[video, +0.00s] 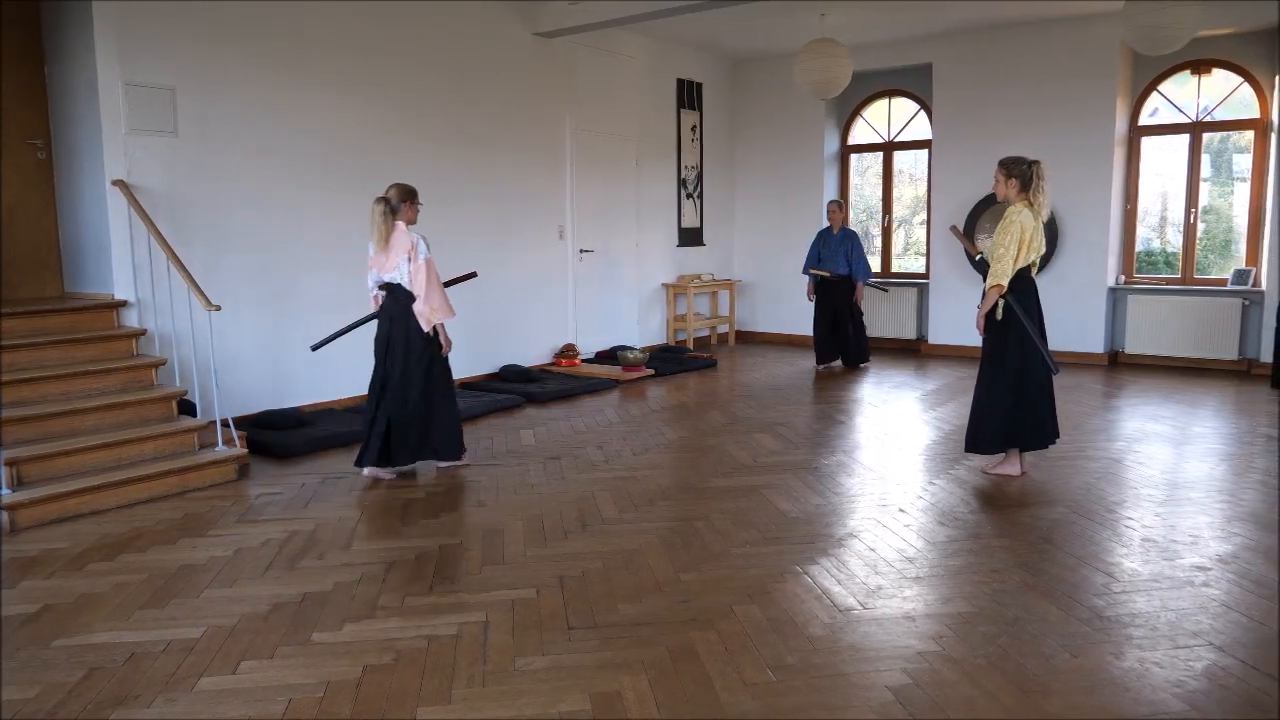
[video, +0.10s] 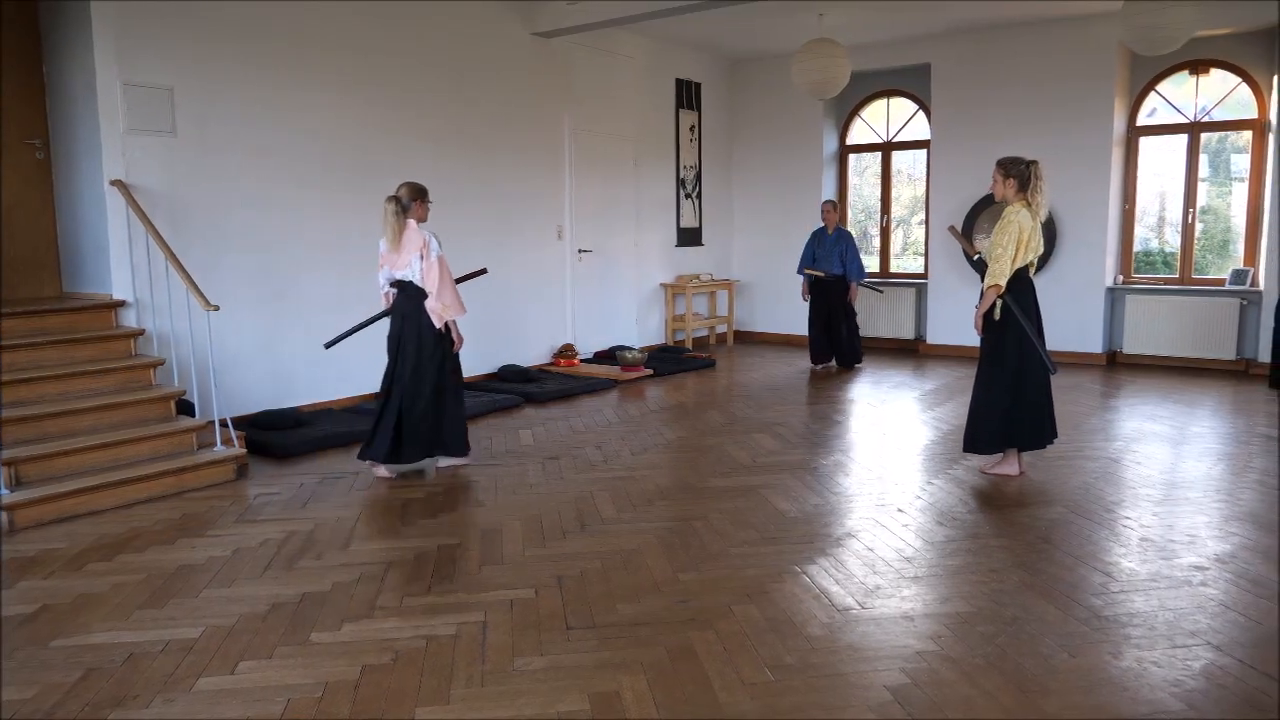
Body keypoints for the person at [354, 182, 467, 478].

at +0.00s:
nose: (419, 210)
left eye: (418, 205)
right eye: (417, 206)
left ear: (393, 207)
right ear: (406, 207)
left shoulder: (378, 244)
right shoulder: (414, 241)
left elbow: (376, 292)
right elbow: (424, 291)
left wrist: (387, 315)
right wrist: (440, 328)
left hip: (389, 322)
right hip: (415, 321)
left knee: (390, 389)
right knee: (437, 384)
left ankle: (377, 460)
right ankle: (447, 452)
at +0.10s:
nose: (429, 208)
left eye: (427, 203)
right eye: (426, 204)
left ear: (402, 206)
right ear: (416, 206)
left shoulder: (386, 243)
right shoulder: (426, 239)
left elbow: (387, 290)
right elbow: (438, 287)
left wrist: (400, 309)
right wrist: (452, 324)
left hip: (401, 316)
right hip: (427, 316)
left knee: (401, 383)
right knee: (443, 381)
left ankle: (381, 457)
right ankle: (446, 452)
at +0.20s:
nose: (438, 207)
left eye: (437, 202)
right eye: (436, 202)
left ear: (411, 205)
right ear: (426, 205)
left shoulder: (395, 242)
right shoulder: (436, 239)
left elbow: (395, 288)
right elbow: (447, 287)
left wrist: (407, 305)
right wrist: (463, 323)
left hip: (410, 315)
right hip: (436, 314)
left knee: (412, 379)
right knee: (444, 379)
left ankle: (391, 449)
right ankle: (443, 451)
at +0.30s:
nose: (446, 207)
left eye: (445, 202)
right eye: (444, 202)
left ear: (421, 205)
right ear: (435, 205)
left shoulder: (404, 241)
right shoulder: (444, 238)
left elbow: (404, 287)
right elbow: (455, 286)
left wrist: (417, 309)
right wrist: (468, 321)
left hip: (418, 315)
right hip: (443, 314)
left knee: (426, 379)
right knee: (446, 380)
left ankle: (429, 448)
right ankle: (443, 453)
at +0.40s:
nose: (454, 208)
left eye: (453, 203)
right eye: (452, 203)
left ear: (428, 205)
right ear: (443, 205)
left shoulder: (412, 241)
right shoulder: (452, 238)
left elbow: (412, 288)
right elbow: (462, 286)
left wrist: (425, 308)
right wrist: (475, 321)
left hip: (425, 316)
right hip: (450, 315)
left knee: (433, 379)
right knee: (452, 380)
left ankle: (437, 449)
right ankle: (449, 452)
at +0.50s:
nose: (461, 209)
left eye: (460, 205)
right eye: (459, 205)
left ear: (436, 207)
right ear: (450, 207)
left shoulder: (419, 243)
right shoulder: (458, 239)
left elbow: (420, 289)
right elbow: (468, 287)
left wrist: (432, 309)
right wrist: (481, 322)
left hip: (433, 318)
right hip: (456, 318)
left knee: (441, 382)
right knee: (457, 382)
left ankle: (448, 447)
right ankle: (447, 451)